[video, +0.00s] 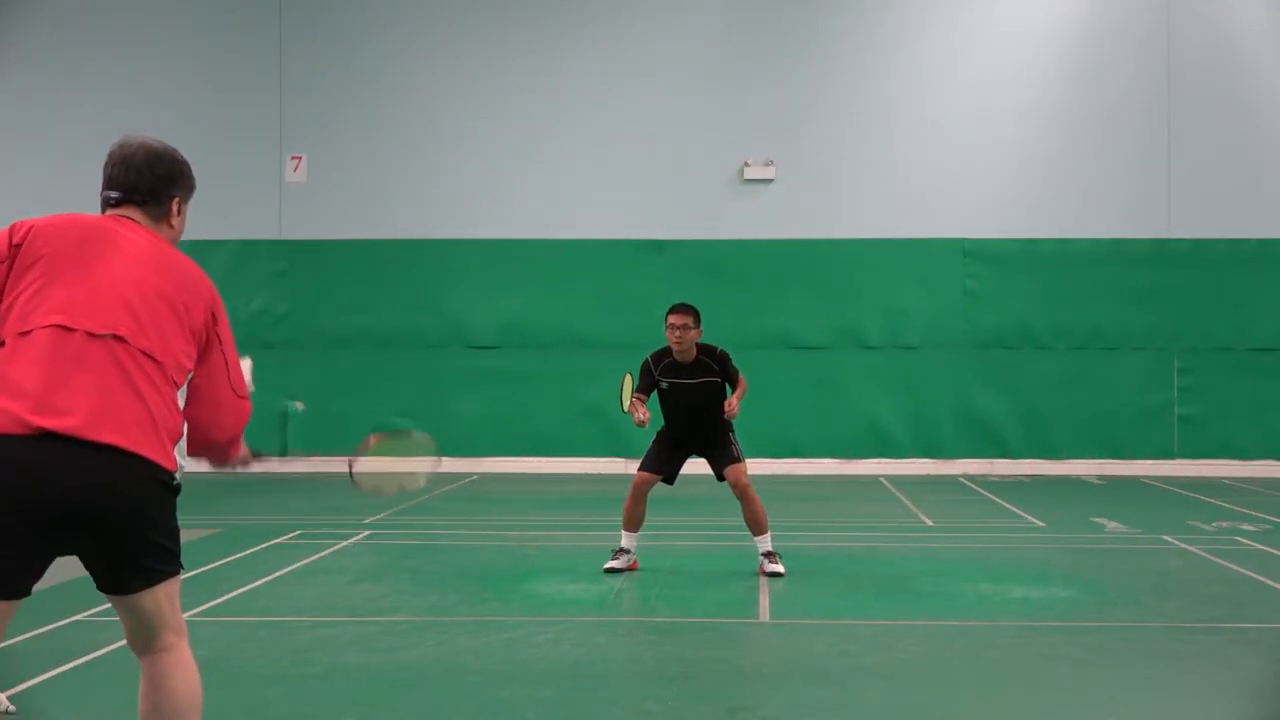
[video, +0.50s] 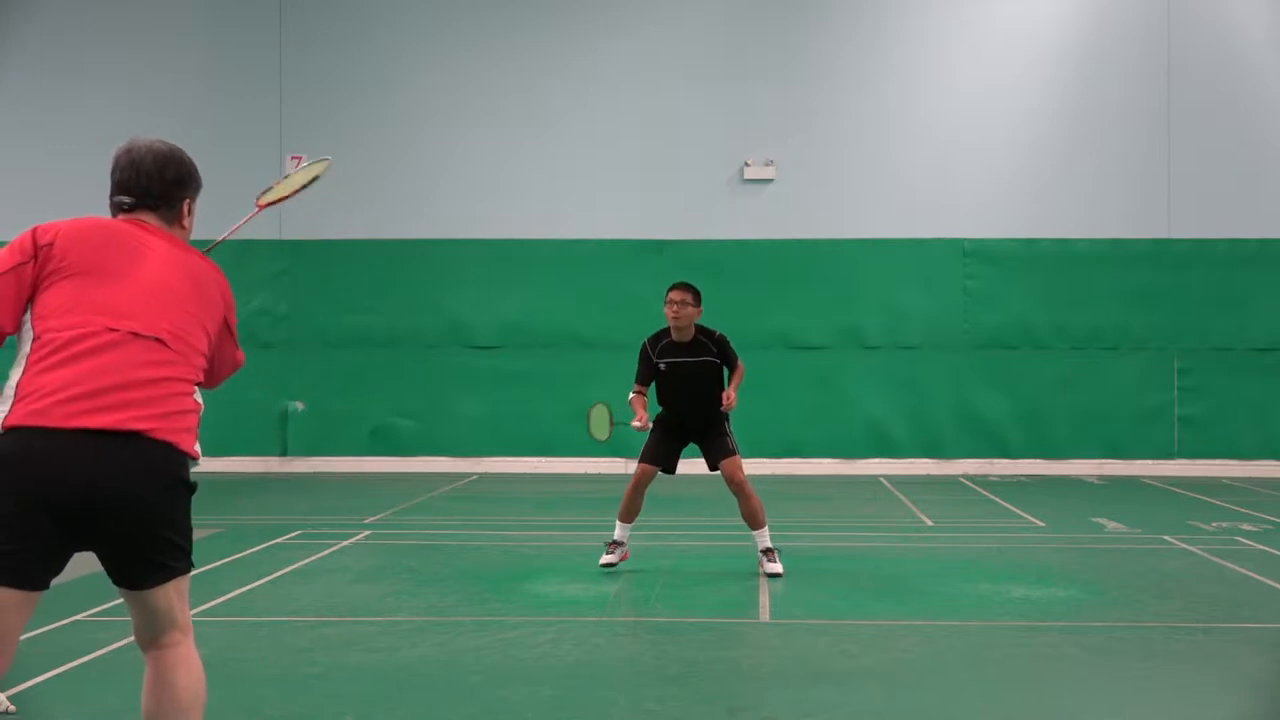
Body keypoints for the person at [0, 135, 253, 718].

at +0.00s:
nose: (187, 221)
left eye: (187, 208)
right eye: (188, 208)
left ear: (105, 199)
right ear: (175, 209)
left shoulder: (28, 235)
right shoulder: (195, 286)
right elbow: (216, 426)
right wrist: (227, 448)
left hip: (15, 458)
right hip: (128, 474)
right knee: (162, 644)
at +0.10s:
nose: (193, 228)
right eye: (193, 216)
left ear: (111, 205)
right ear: (180, 215)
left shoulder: (37, 237)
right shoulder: (201, 291)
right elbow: (217, 426)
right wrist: (219, 490)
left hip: (17, 457)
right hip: (132, 475)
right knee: (162, 641)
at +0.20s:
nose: (198, 227)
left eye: (199, 215)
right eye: (198, 215)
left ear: (117, 205)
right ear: (185, 216)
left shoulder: (46, 237)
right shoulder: (203, 290)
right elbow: (220, 423)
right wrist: (220, 467)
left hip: (22, 456)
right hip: (137, 475)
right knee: (164, 640)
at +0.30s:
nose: (201, 228)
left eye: (202, 216)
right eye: (201, 217)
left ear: (121, 205)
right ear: (189, 217)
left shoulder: (51, 238)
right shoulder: (207, 289)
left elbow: (0, 308)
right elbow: (217, 410)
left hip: (26, 456)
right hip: (141, 473)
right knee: (166, 639)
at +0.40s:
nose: (200, 223)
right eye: (199, 212)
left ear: (122, 203)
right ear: (190, 214)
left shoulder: (51, 240)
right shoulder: (209, 282)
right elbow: (217, 379)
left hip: (30, 456)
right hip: (145, 468)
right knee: (166, 639)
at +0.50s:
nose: (195, 218)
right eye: (195, 208)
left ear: (116, 202)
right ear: (186, 209)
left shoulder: (49, 239)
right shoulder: (208, 277)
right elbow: (216, 370)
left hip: (32, 457)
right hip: (148, 466)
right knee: (167, 639)